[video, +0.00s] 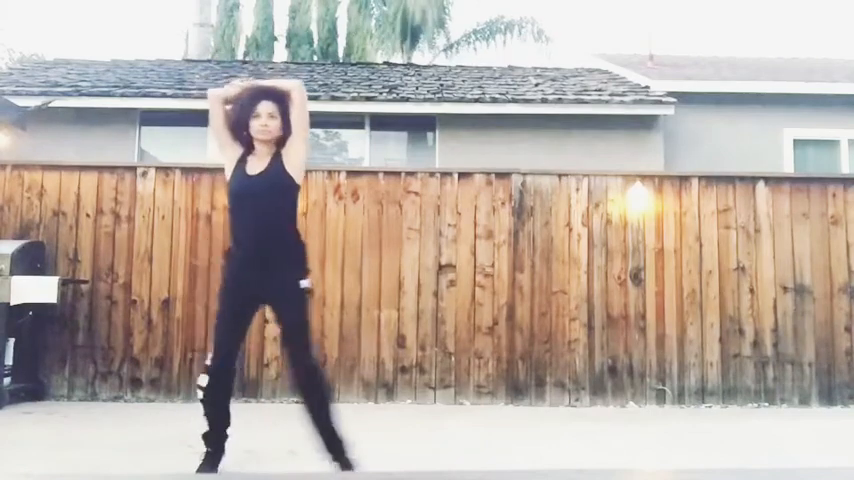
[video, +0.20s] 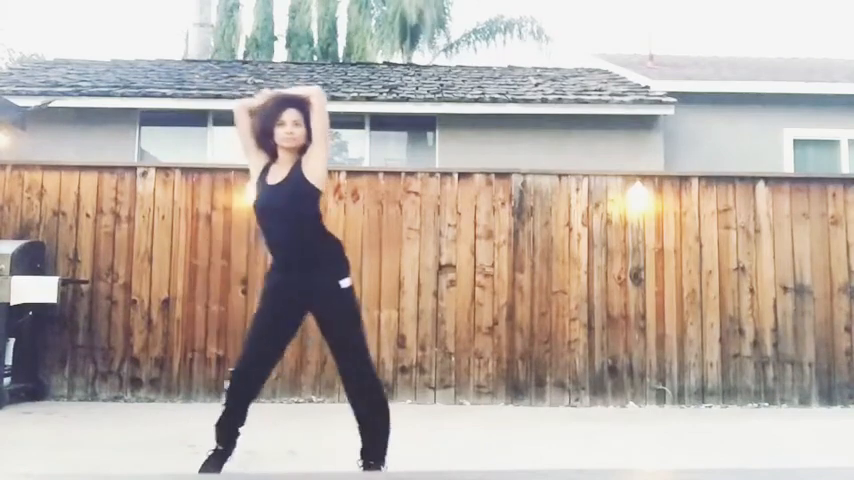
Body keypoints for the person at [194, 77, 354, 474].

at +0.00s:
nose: (265, 121)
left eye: (272, 116)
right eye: (258, 115)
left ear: (283, 123)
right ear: (246, 123)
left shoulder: (291, 158)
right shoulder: (235, 158)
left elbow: (297, 89)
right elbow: (213, 97)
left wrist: (252, 84)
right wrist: (242, 89)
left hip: (286, 274)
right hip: (241, 274)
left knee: (302, 363)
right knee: (221, 362)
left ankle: (336, 450)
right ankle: (213, 449)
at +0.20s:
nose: (290, 129)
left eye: (297, 123)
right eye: (283, 123)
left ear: (308, 131)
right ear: (271, 131)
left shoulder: (313, 164)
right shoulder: (261, 167)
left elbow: (316, 94)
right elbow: (240, 108)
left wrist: (273, 94)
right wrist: (275, 98)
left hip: (327, 279)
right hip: (283, 281)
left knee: (356, 370)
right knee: (250, 367)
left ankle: (374, 456)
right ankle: (222, 447)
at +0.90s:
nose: (264, 122)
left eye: (272, 116)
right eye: (259, 116)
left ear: (287, 123)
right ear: (252, 125)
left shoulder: (291, 159)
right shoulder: (252, 158)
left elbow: (305, 94)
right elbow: (233, 104)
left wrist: (284, 93)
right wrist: (262, 92)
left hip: (273, 274)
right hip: (240, 274)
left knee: (291, 365)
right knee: (234, 364)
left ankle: (345, 448)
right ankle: (244, 451)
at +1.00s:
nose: (248, 122)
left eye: (255, 115)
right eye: (242, 116)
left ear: (272, 122)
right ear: (237, 124)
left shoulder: (278, 156)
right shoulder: (239, 158)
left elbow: (293, 91)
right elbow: (217, 102)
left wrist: (274, 92)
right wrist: (251, 94)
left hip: (255, 272)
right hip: (227, 272)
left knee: (245, 363)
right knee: (228, 365)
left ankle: (296, 438)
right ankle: (244, 451)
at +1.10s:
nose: (231, 122)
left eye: (239, 115)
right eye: (227, 116)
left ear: (257, 122)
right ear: (223, 123)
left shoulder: (264, 157)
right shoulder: (226, 157)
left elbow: (280, 91)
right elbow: (200, 106)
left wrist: (267, 103)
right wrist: (238, 91)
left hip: (242, 274)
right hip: (218, 272)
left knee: (195, 357)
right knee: (223, 361)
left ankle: (242, 443)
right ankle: (244, 445)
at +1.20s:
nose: (215, 122)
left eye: (223, 116)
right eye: (211, 117)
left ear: (241, 122)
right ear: (208, 125)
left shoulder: (247, 159)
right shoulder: (209, 157)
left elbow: (269, 91)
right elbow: (179, 107)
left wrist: (253, 103)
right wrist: (221, 98)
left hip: (226, 275)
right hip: (204, 273)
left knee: (169, 353)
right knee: (219, 365)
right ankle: (245, 450)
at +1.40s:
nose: (179, 119)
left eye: (187, 112)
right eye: (177, 113)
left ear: (208, 121)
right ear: (175, 123)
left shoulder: (215, 159)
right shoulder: (175, 155)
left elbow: (245, 93)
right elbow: (132, 110)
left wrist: (228, 109)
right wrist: (171, 104)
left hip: (187, 277)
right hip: (166, 275)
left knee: (147, 370)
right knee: (183, 367)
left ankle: (96, 457)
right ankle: (233, 439)